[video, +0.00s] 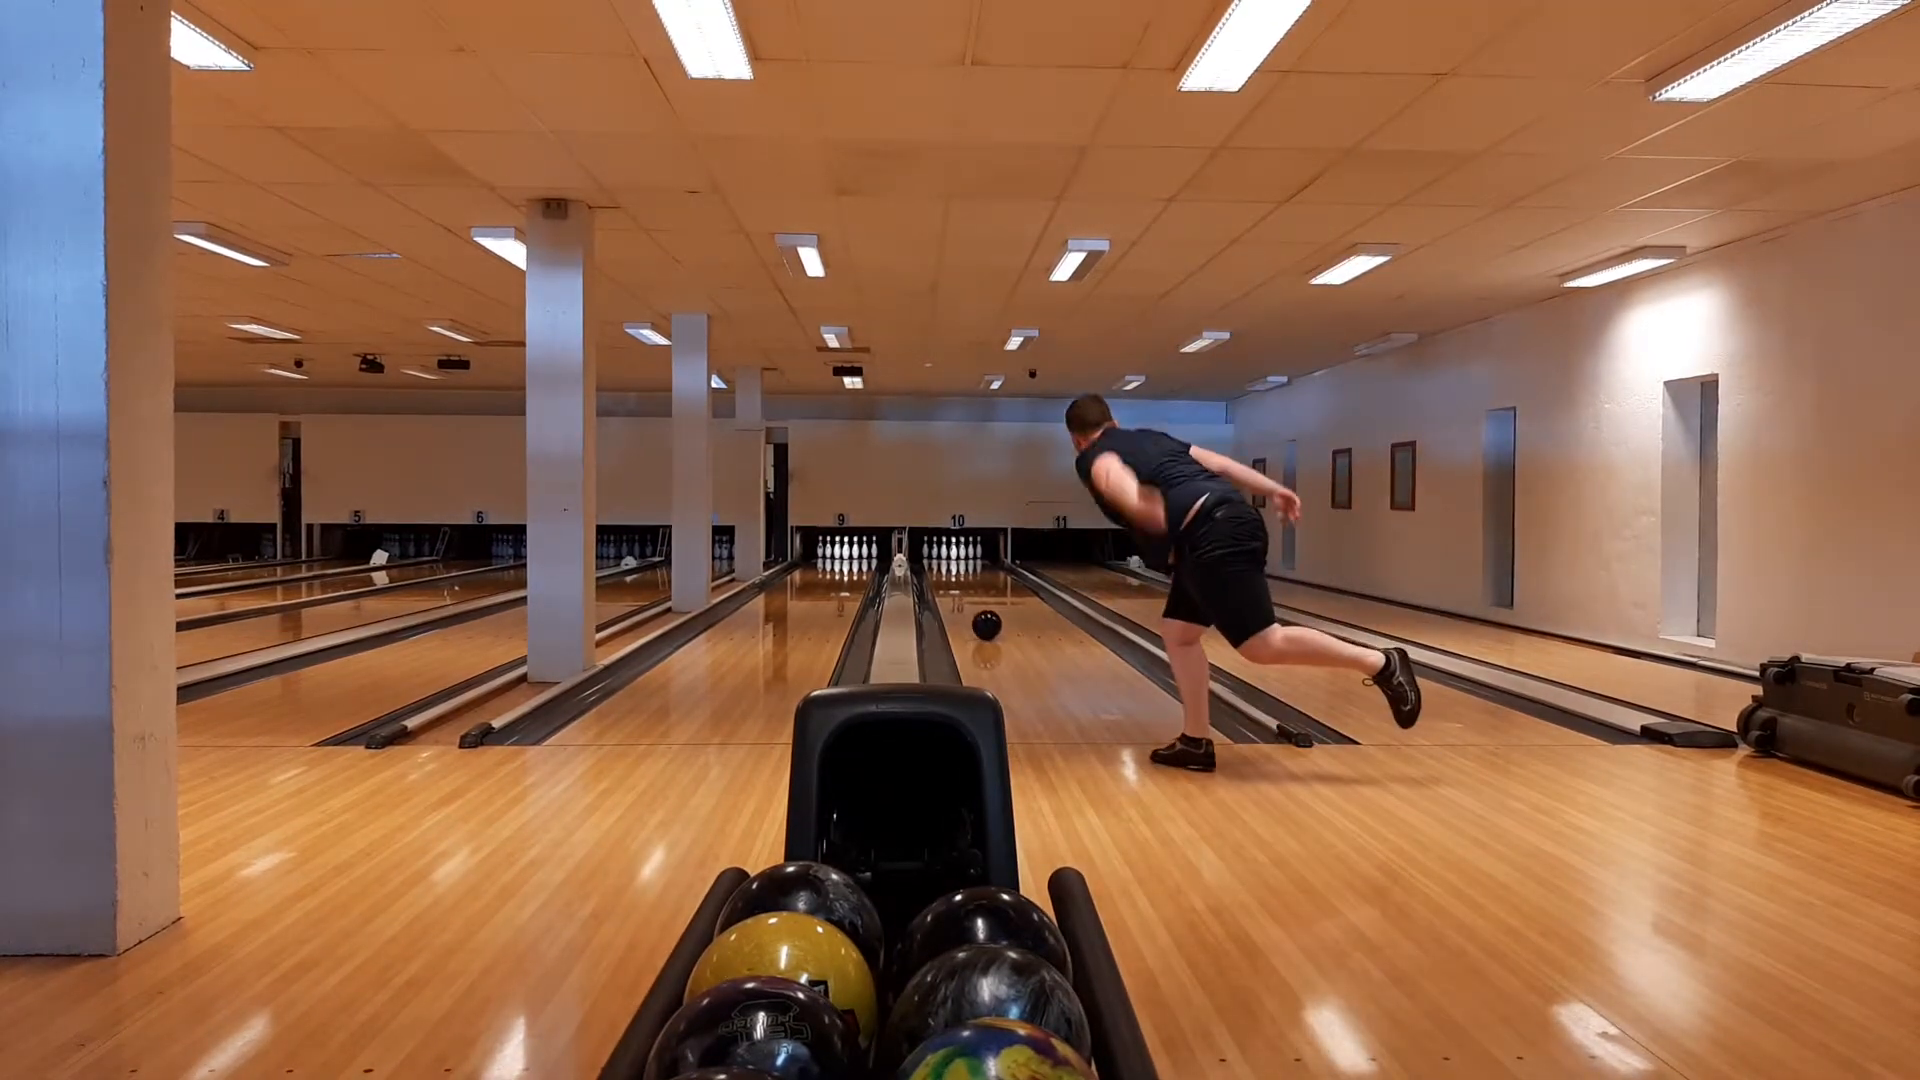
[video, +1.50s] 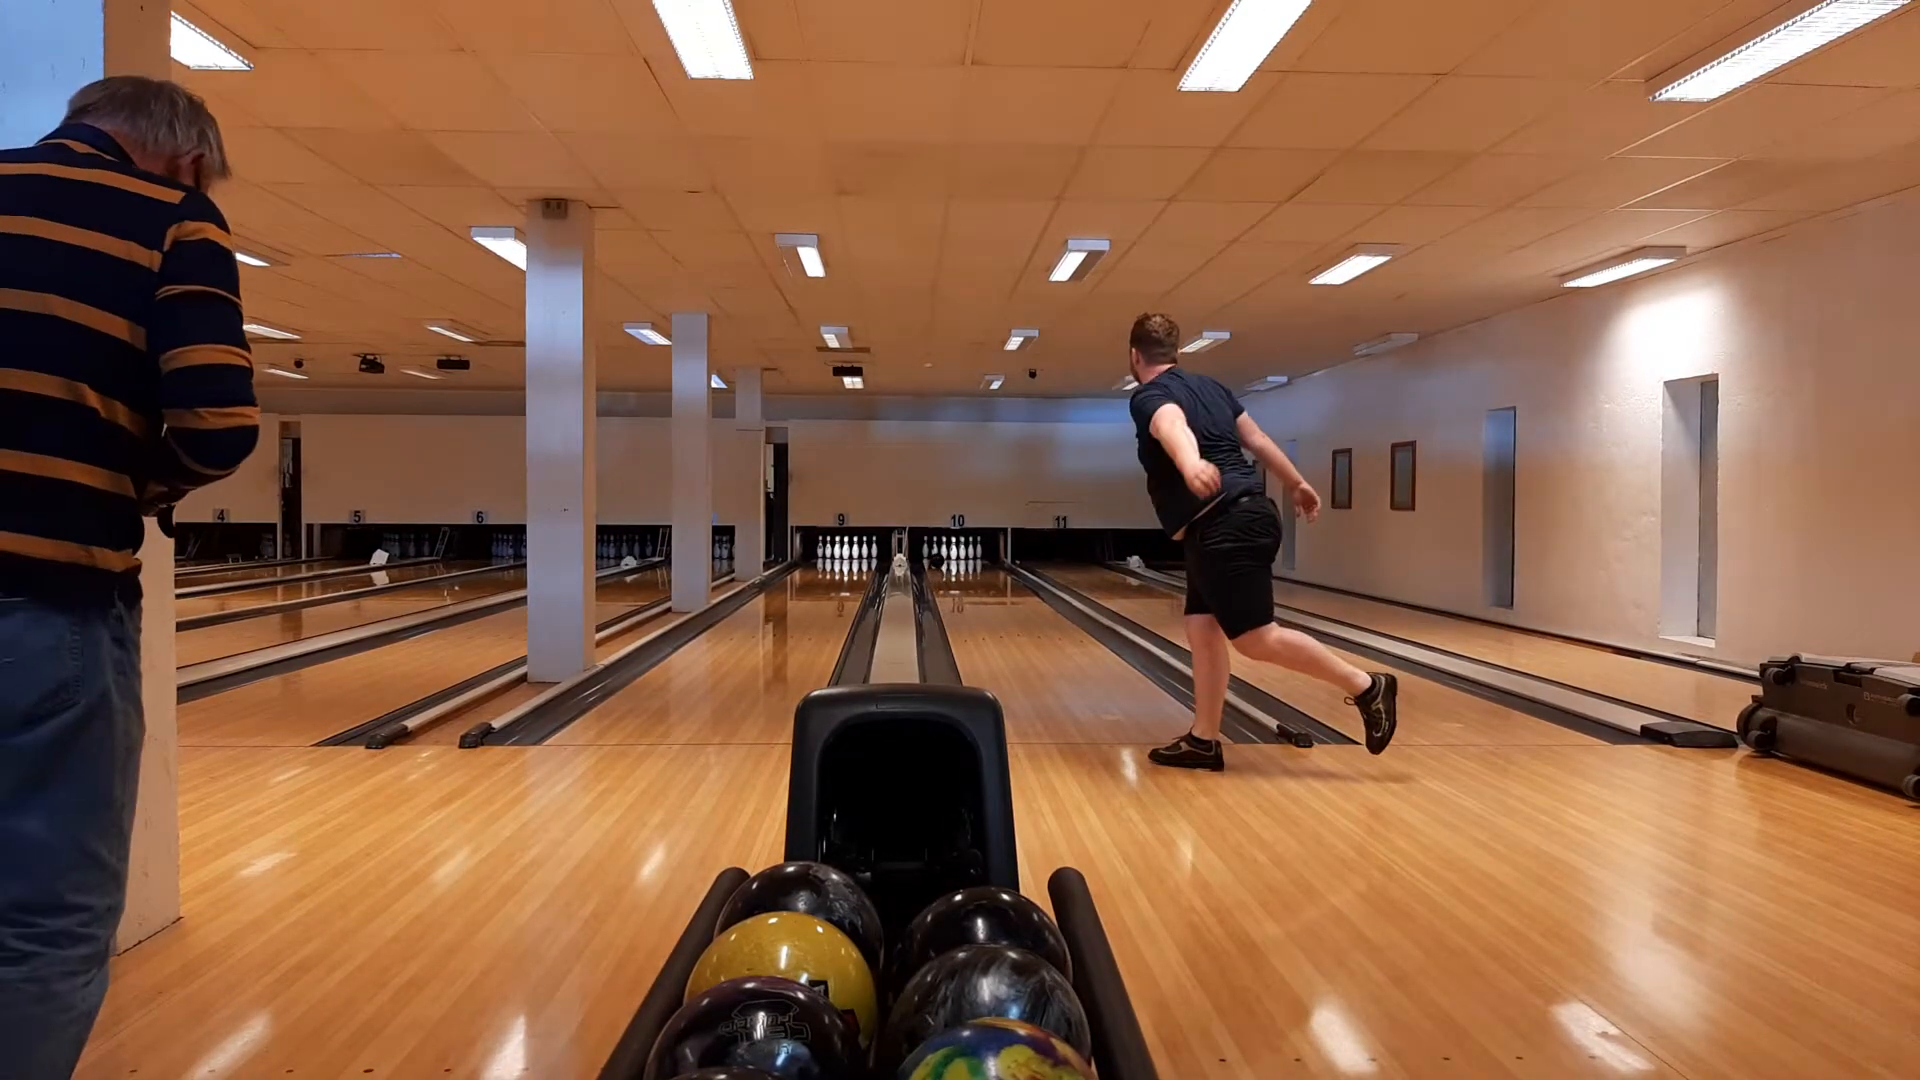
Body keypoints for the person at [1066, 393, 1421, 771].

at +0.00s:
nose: (1075, 447)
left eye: (1073, 440)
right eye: (1077, 440)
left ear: (1077, 436)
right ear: (1113, 425)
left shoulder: (1094, 456)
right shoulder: (1154, 437)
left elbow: (1120, 484)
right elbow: (1220, 464)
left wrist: (1146, 512)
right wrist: (1273, 488)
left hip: (1214, 525)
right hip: (1226, 518)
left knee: (1260, 642)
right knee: (1181, 633)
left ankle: (1382, 663)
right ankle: (1195, 742)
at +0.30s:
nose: (1084, 406)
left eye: (1082, 399)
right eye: (1087, 398)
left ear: (1086, 398)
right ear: (1124, 385)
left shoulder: (1103, 417)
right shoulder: (1162, 406)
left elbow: (1136, 425)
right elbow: (1219, 433)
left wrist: (1184, 423)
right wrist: (1281, 460)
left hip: (1216, 514)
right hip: (1206, 524)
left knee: (1253, 634)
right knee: (1192, 629)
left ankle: (1372, 657)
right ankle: (1203, 741)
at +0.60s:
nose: (1105, 380)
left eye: (1104, 373)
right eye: (1112, 371)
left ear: (1109, 376)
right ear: (1149, 366)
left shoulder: (1113, 431)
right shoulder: (1189, 398)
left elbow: (1087, 501)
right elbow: (1239, 449)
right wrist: (1272, 494)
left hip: (1218, 523)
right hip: (1236, 512)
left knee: (1259, 639)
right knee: (1189, 628)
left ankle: (1370, 671)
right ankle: (1201, 741)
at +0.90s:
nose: (1111, 368)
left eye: (1112, 361)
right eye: (1111, 360)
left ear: (1117, 363)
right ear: (1159, 356)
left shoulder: (1120, 406)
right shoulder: (1198, 387)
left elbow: (1073, 399)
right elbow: (1247, 436)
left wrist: (1097, 345)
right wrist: (1283, 479)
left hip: (1214, 525)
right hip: (1232, 516)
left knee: (1252, 636)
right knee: (1192, 625)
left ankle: (1370, 668)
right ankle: (1202, 741)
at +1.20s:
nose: (1125, 361)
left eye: (1125, 355)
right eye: (1128, 355)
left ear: (1129, 356)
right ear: (1173, 354)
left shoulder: (1135, 411)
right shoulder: (1208, 388)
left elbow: (1119, 490)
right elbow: (1250, 445)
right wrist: (1279, 492)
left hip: (1217, 525)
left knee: (1251, 636)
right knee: (1195, 626)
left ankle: (1361, 684)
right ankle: (1202, 741)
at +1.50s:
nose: (1131, 364)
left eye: (1130, 358)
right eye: (1135, 358)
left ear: (1134, 357)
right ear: (1176, 353)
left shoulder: (1148, 394)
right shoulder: (1212, 388)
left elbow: (1171, 422)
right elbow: (1255, 438)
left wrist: (1190, 463)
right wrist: (1295, 481)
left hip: (1224, 522)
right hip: (1244, 514)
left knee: (1256, 638)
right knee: (1203, 626)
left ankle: (1367, 687)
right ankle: (1204, 740)